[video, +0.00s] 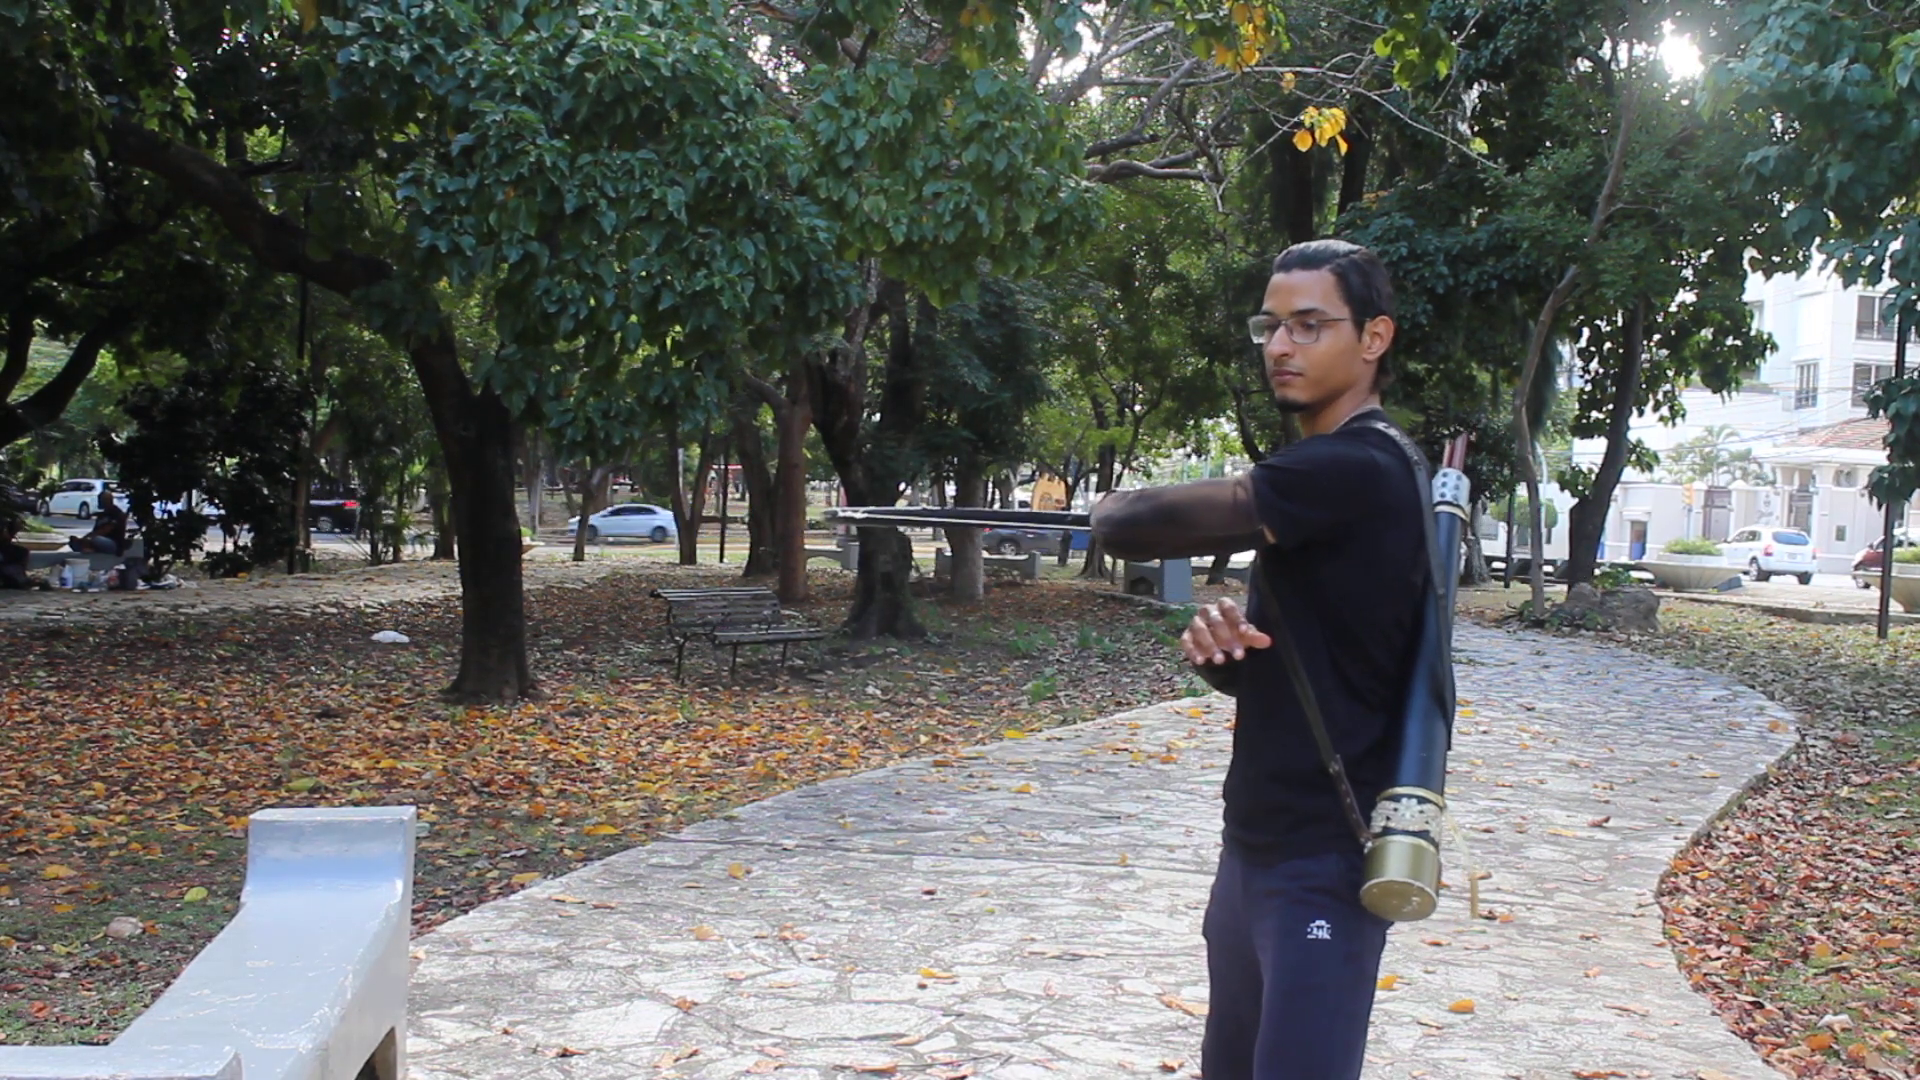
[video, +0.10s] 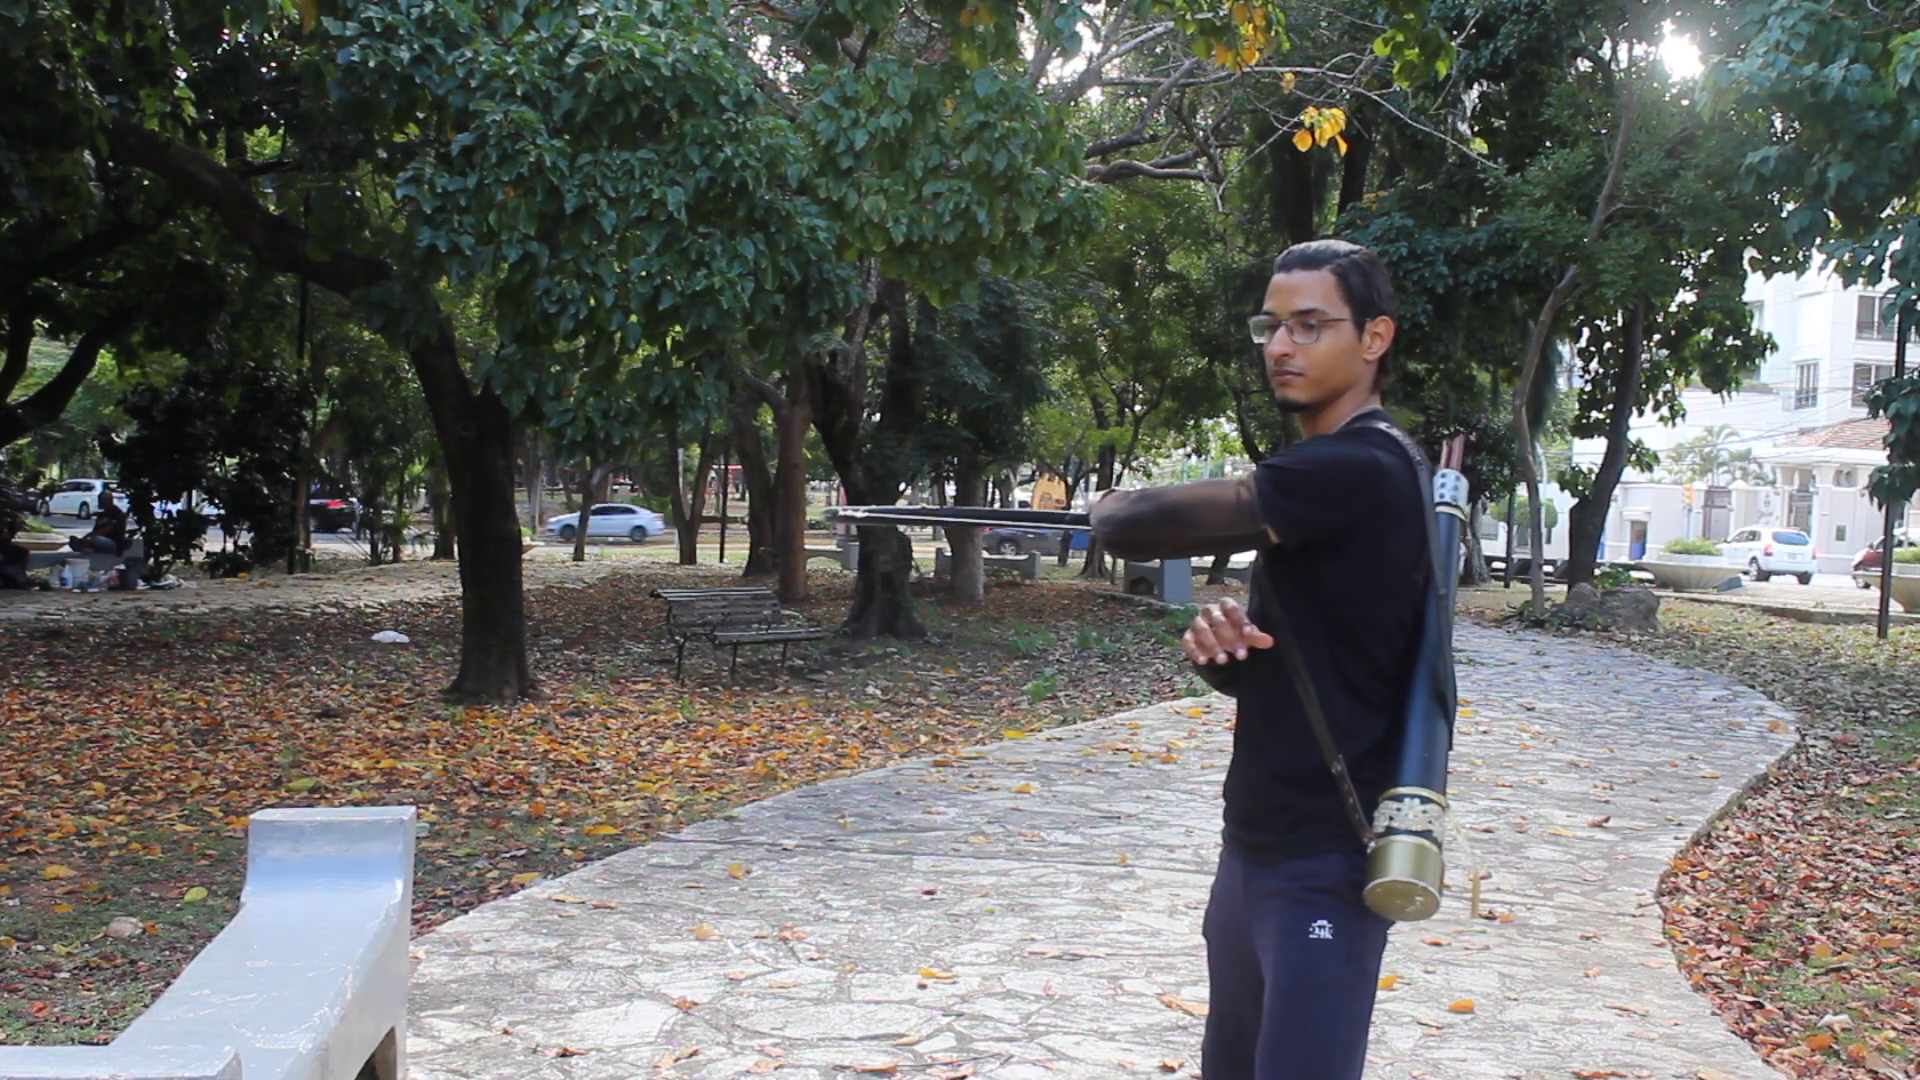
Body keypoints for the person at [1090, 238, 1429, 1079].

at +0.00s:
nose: (1279, 346)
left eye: (1308, 323)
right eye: (1271, 326)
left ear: (1374, 341)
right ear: (1261, 337)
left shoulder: (1365, 461)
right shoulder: (1313, 470)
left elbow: (1134, 520)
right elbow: (1287, 667)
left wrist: (1111, 519)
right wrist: (1226, 645)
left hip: (1328, 864)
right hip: (1250, 853)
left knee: (1295, 1067)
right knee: (1231, 1065)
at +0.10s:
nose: (1279, 346)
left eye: (1309, 323)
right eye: (1272, 326)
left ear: (1375, 341)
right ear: (1261, 337)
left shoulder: (1367, 461)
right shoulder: (1315, 469)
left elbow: (1132, 520)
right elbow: (1284, 668)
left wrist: (1108, 515)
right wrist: (1225, 644)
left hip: (1328, 865)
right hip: (1250, 854)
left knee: (1297, 1067)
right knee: (1231, 1065)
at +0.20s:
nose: (1280, 346)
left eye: (1309, 324)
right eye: (1272, 326)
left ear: (1375, 340)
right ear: (1262, 337)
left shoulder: (1369, 461)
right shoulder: (1313, 469)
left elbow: (1146, 519)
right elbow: (1282, 671)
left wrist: (1105, 514)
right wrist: (1225, 644)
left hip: (1330, 864)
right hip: (1250, 853)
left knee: (1299, 1067)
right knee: (1232, 1065)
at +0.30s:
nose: (1281, 347)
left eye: (1311, 324)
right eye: (1274, 326)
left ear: (1377, 340)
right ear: (1263, 337)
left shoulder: (1371, 461)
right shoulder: (1315, 469)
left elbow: (1141, 520)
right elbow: (1279, 665)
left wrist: (1106, 517)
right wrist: (1225, 643)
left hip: (1330, 863)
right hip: (1249, 852)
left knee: (1302, 1068)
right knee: (1232, 1065)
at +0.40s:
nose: (1282, 347)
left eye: (1311, 325)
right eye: (1274, 327)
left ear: (1377, 342)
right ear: (1264, 337)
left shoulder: (1374, 462)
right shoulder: (1313, 472)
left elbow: (1159, 518)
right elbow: (1274, 668)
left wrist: (1106, 518)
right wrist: (1224, 645)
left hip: (1330, 862)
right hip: (1248, 852)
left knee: (1303, 1067)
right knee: (1232, 1064)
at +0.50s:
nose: (1282, 348)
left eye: (1312, 325)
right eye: (1274, 327)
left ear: (1378, 341)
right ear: (1263, 336)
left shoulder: (1375, 461)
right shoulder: (1312, 473)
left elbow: (1155, 518)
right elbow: (1267, 668)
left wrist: (1104, 516)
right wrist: (1221, 642)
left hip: (1331, 863)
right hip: (1248, 852)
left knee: (1303, 1067)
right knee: (1232, 1064)